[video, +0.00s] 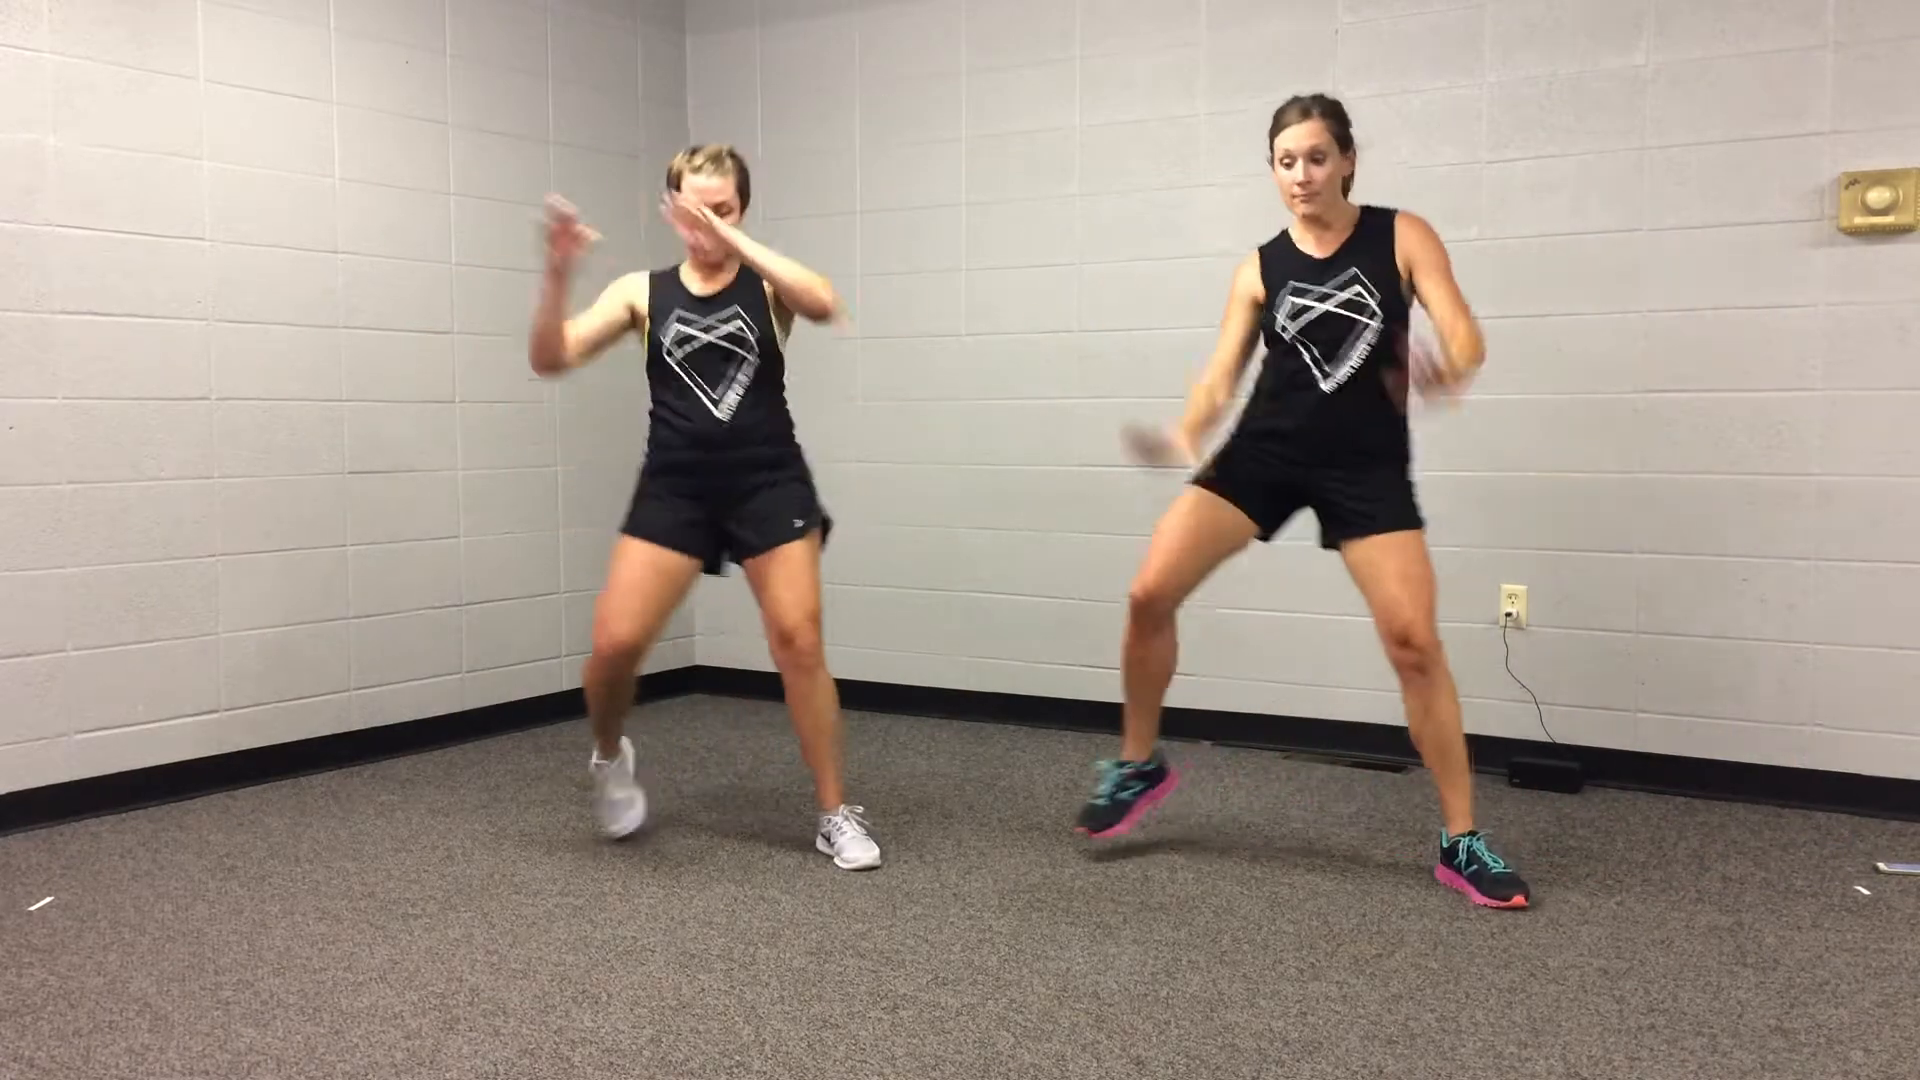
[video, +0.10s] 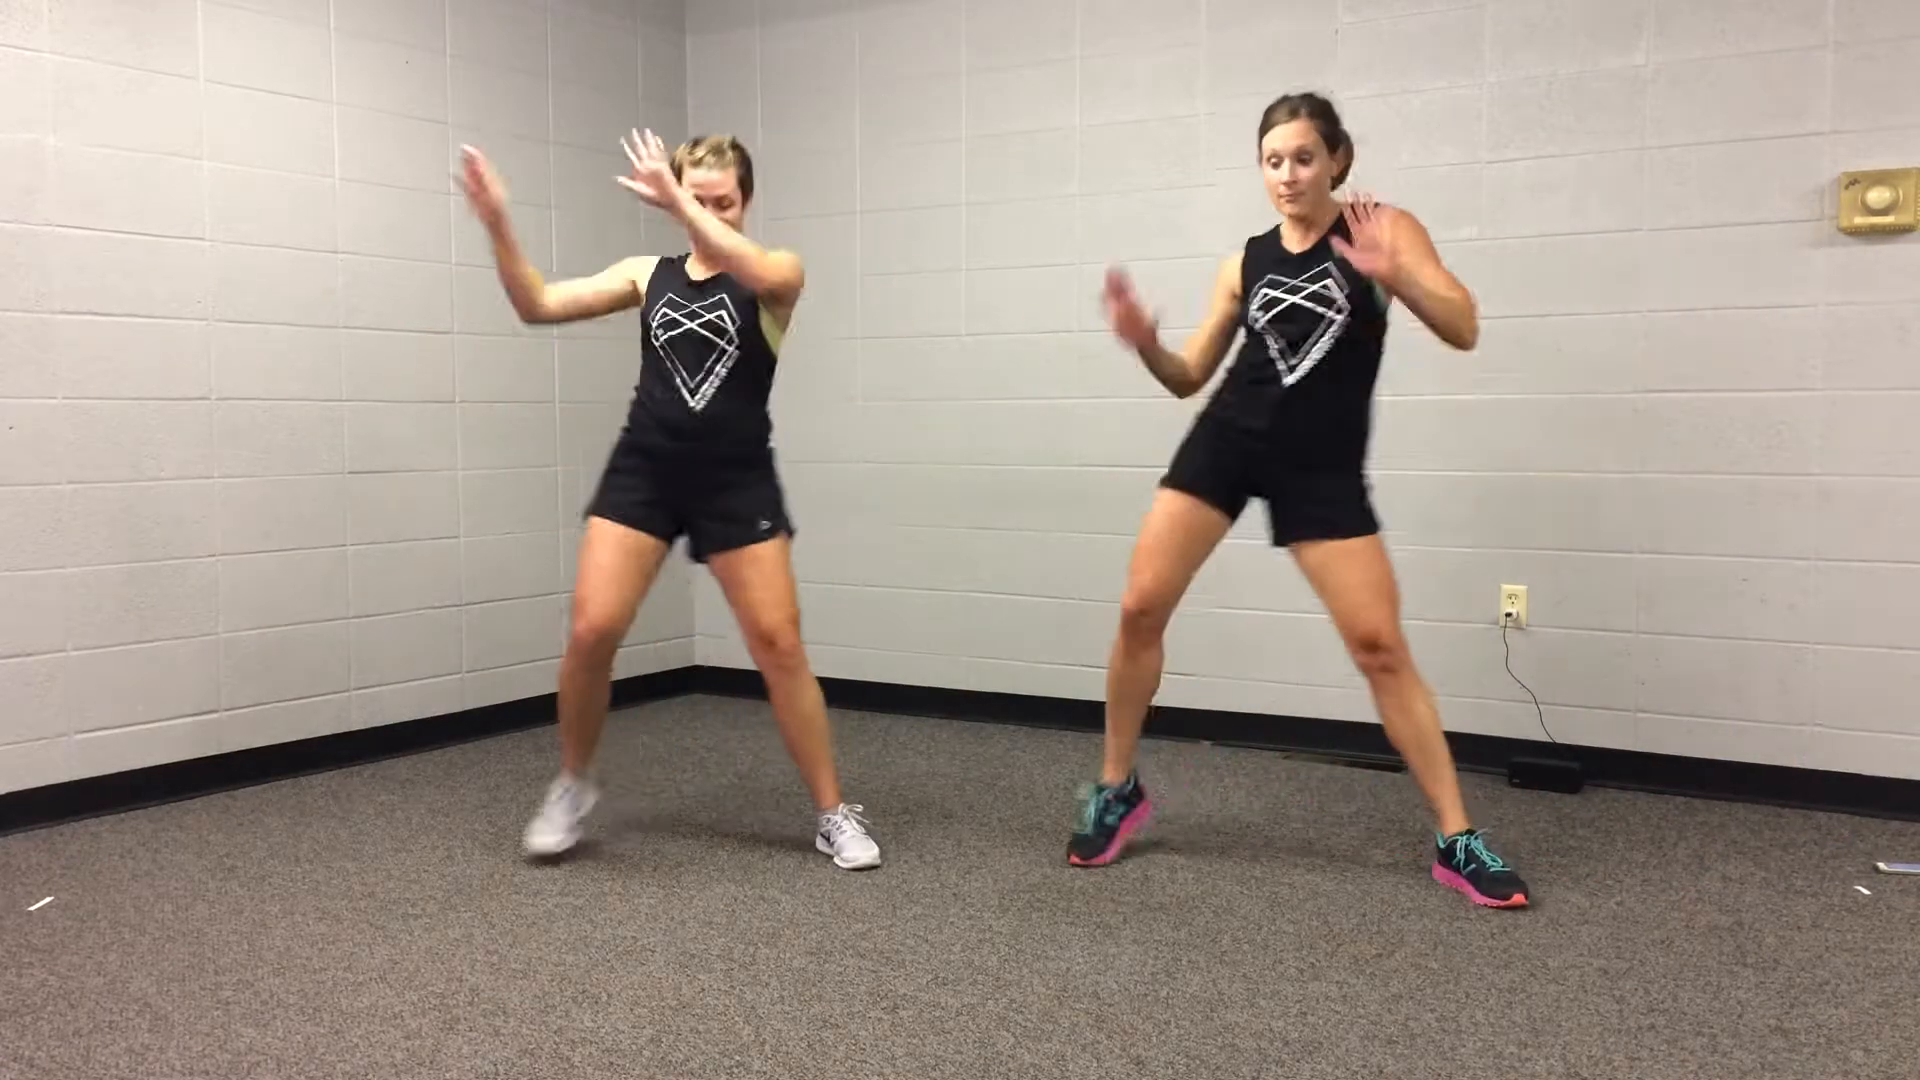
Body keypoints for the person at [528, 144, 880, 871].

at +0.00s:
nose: (712, 224)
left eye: (724, 211)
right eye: (700, 211)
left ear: (743, 215)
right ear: (674, 210)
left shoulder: (767, 280)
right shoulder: (642, 291)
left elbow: (823, 303)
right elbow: (549, 358)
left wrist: (729, 234)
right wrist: (558, 273)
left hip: (769, 483)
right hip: (675, 487)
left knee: (799, 639)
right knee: (614, 644)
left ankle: (835, 812)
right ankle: (609, 756)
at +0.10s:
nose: (705, 209)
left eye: (718, 198)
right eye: (694, 197)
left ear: (745, 201)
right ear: (674, 201)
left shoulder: (778, 273)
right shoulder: (650, 274)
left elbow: (750, 271)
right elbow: (537, 303)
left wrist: (677, 203)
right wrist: (498, 224)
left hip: (737, 478)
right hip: (645, 473)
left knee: (778, 640)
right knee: (591, 628)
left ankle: (833, 812)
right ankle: (573, 786)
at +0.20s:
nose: (703, 236)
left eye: (717, 222)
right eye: (691, 224)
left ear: (743, 224)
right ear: (677, 228)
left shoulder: (771, 303)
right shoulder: (644, 296)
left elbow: (722, 335)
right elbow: (527, 308)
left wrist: (644, 254)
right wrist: (450, 236)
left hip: (703, 502)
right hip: (611, 489)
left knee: (767, 655)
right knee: (566, 648)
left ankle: (833, 814)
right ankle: (545, 809)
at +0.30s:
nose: (694, 261)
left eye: (707, 247)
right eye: (682, 248)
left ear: (732, 250)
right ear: (666, 251)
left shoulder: (758, 344)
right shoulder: (624, 319)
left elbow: (740, 445)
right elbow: (527, 373)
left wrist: (651, 413)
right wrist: (439, 363)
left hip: (677, 520)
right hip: (587, 505)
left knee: (747, 667)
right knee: (550, 663)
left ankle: (829, 813)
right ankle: (547, 811)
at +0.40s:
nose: (680, 261)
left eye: (694, 249)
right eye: (668, 247)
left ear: (715, 251)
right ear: (649, 245)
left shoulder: (739, 340)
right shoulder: (599, 317)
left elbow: (757, 441)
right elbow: (545, 410)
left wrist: (756, 509)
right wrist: (534, 496)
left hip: (673, 517)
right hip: (582, 508)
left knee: (748, 651)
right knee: (550, 660)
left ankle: (828, 812)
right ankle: (546, 813)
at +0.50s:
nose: (674, 246)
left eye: (688, 232)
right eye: (661, 229)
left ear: (704, 229)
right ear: (634, 219)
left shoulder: (718, 299)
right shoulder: (588, 295)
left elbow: (764, 384)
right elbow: (586, 406)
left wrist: (842, 423)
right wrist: (673, 463)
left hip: (688, 489)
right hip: (601, 489)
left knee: (764, 628)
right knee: (574, 643)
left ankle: (813, 796)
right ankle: (547, 810)